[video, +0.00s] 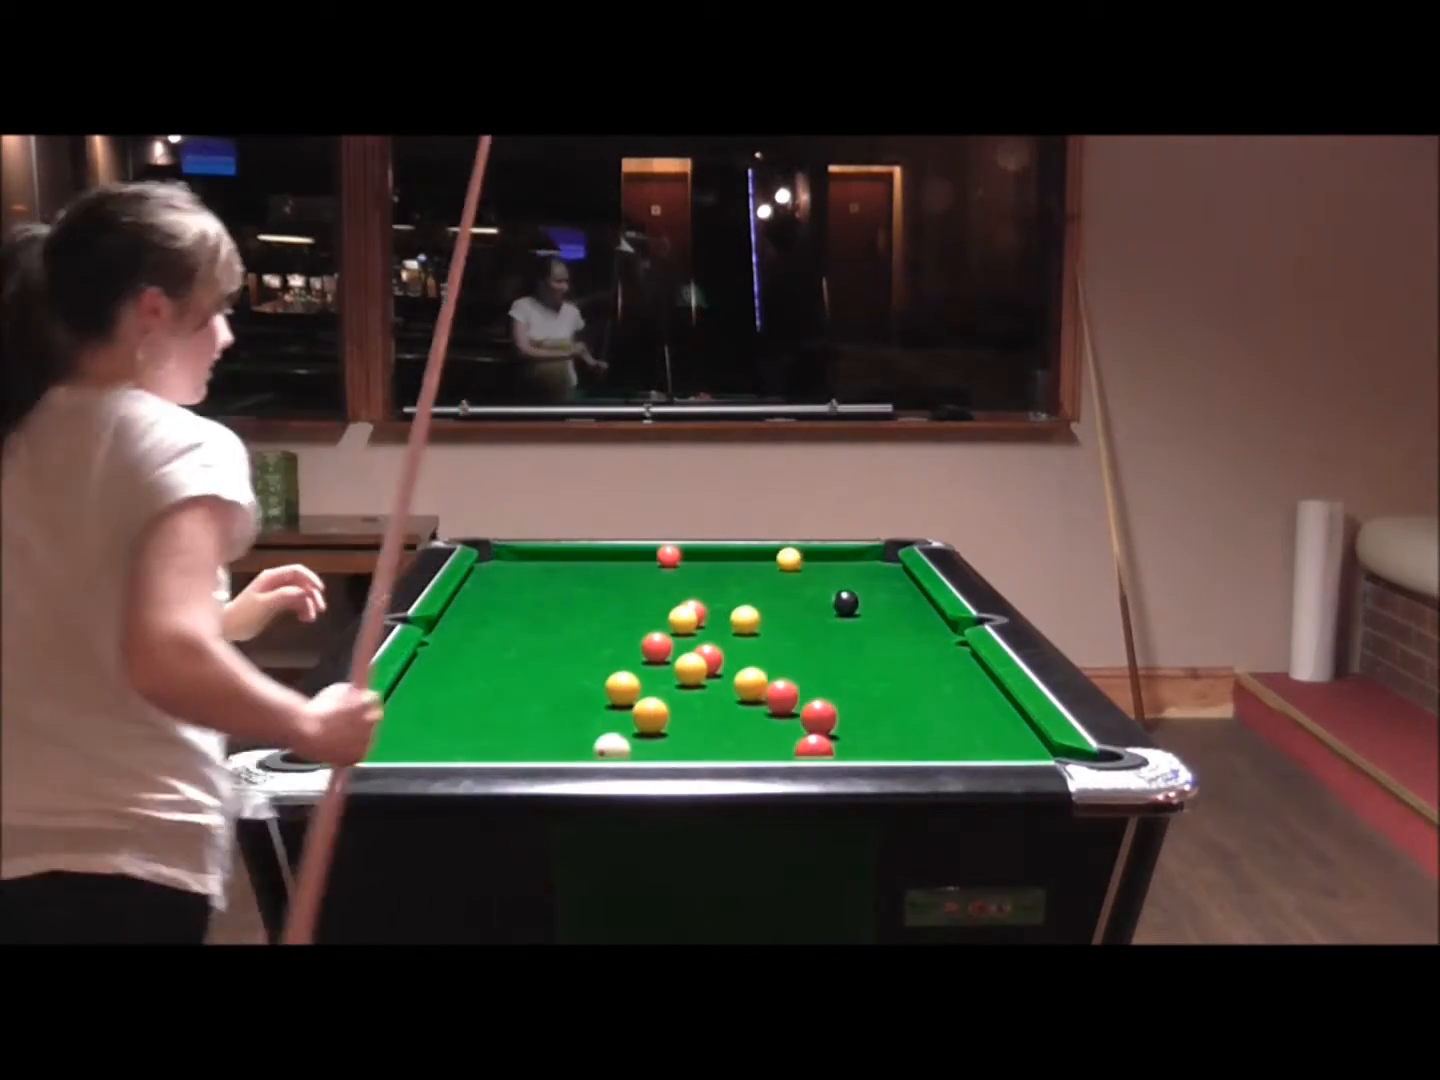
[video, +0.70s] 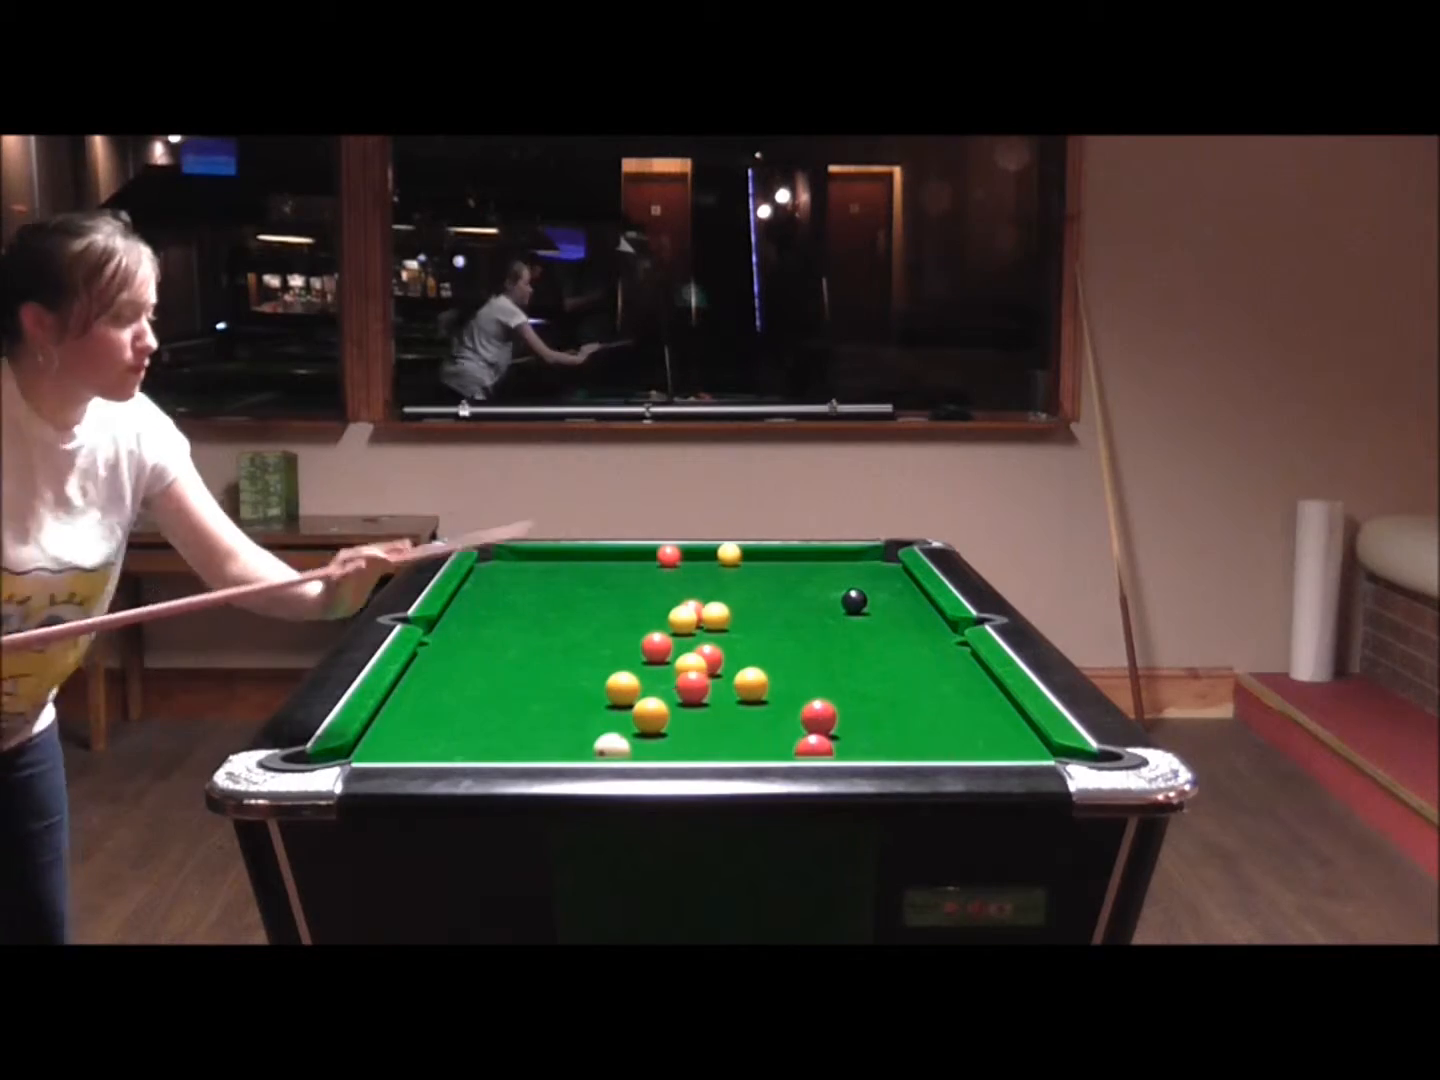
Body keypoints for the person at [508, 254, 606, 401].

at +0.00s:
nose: (564, 288)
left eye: (566, 282)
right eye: (558, 282)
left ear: (569, 283)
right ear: (542, 282)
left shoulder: (571, 312)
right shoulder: (523, 308)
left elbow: (576, 345)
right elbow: (524, 349)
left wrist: (591, 362)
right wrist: (567, 354)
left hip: (566, 387)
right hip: (533, 386)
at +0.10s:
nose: (554, 285)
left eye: (555, 279)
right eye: (547, 279)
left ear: (557, 280)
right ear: (531, 281)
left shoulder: (557, 310)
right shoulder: (514, 306)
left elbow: (557, 347)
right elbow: (520, 351)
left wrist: (570, 365)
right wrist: (563, 352)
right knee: (548, 372)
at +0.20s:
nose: (549, 282)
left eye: (550, 275)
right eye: (543, 276)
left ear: (553, 277)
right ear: (527, 277)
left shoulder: (548, 307)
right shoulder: (512, 302)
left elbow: (551, 345)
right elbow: (523, 348)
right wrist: (566, 349)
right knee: (545, 369)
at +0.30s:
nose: (544, 279)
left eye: (544, 274)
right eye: (539, 274)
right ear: (524, 276)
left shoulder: (530, 306)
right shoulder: (514, 306)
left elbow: (539, 345)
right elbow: (536, 345)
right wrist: (574, 341)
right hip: (497, 393)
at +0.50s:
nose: (535, 284)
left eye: (535, 278)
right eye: (531, 277)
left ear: (515, 280)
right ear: (514, 279)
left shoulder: (512, 305)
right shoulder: (504, 302)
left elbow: (542, 346)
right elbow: (547, 348)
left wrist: (572, 340)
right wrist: (579, 345)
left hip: (499, 387)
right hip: (486, 388)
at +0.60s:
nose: (533, 288)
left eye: (532, 282)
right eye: (529, 281)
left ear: (513, 282)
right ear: (513, 282)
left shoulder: (497, 303)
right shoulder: (509, 307)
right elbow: (548, 353)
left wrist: (569, 347)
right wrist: (580, 352)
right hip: (477, 386)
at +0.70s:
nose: (530, 290)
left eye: (530, 284)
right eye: (527, 284)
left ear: (510, 285)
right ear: (510, 284)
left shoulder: (492, 304)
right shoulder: (509, 310)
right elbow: (547, 356)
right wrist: (579, 358)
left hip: (451, 381)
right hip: (471, 386)